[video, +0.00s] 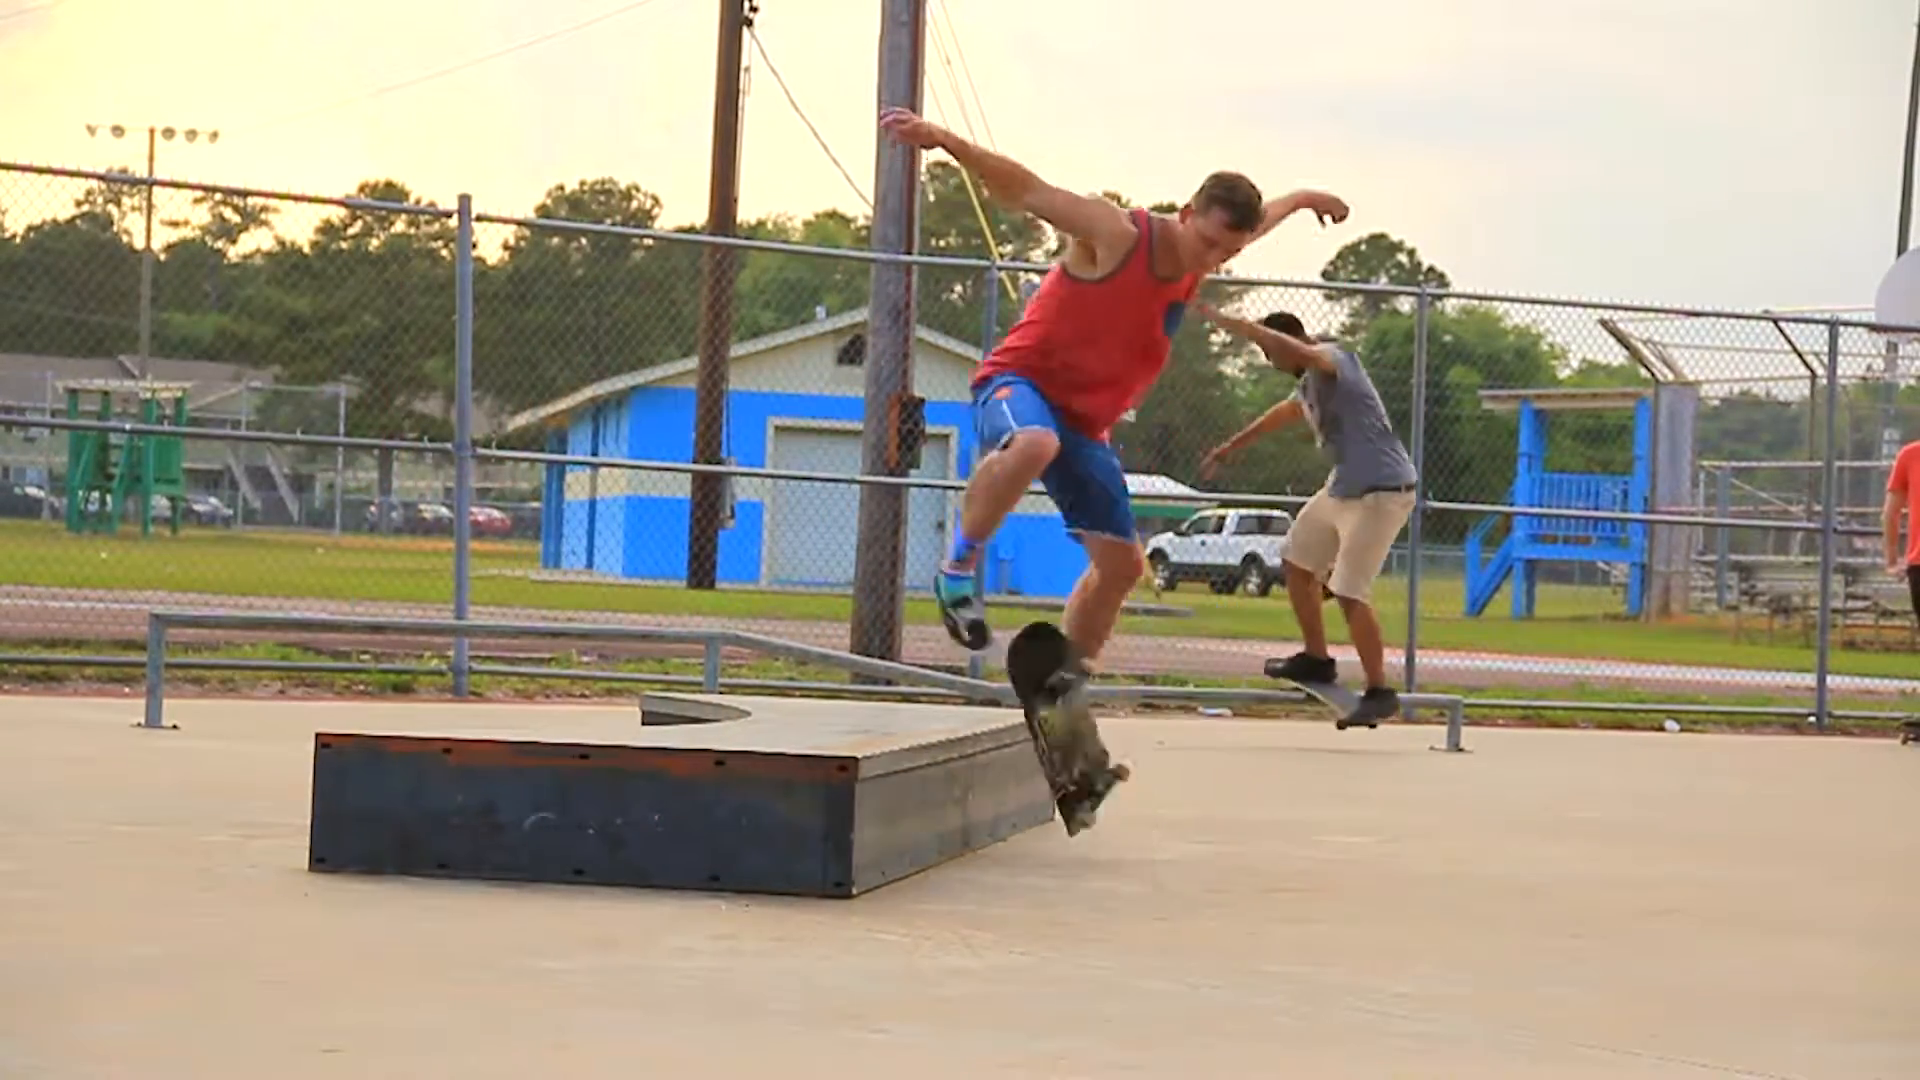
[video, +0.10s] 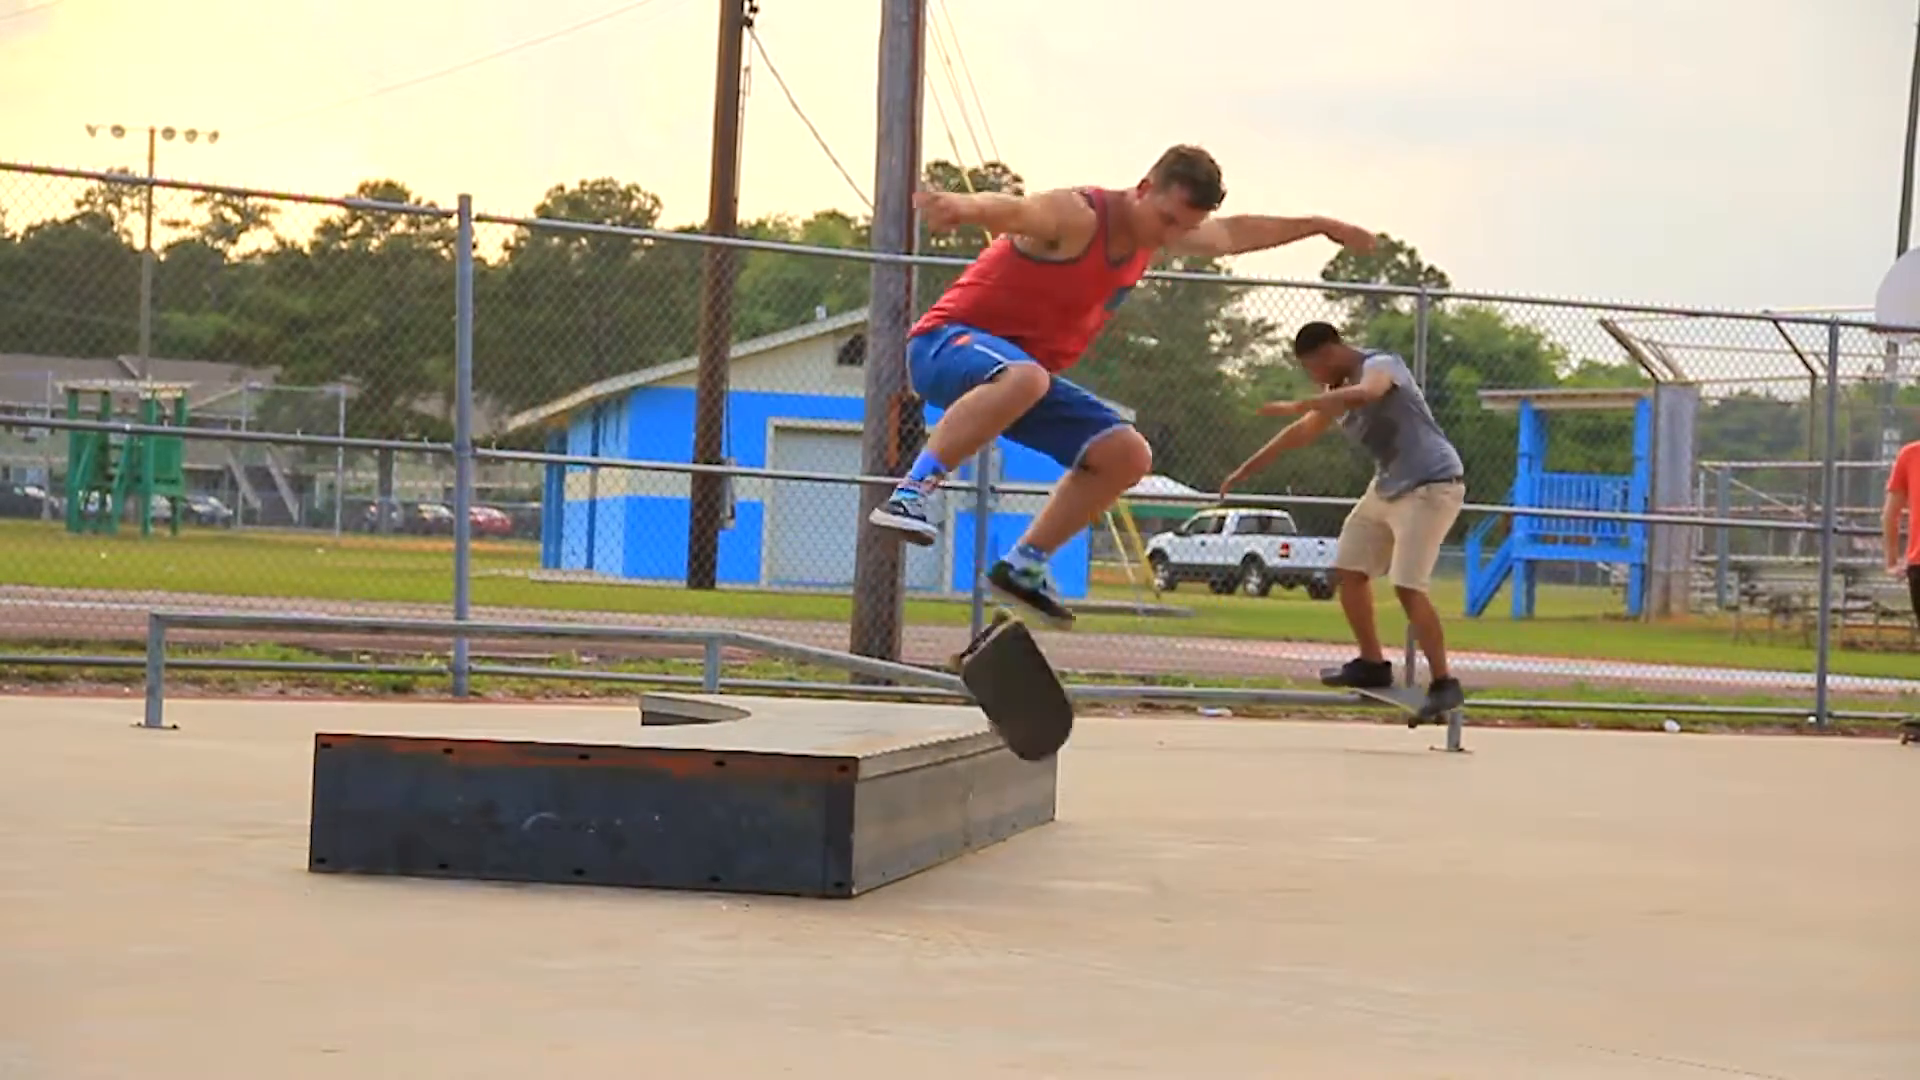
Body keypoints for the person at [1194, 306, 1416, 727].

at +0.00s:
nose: (1269, 362)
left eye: (1270, 352)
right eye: (1265, 355)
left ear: (1290, 341)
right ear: (1289, 344)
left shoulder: (1337, 359)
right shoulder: (1308, 391)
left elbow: (1290, 347)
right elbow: (1278, 415)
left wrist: (1235, 322)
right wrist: (1235, 444)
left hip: (1384, 489)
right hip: (1342, 488)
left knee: (1349, 591)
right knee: (1298, 563)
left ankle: (1378, 690)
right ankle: (1316, 658)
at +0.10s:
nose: (1312, 377)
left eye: (1311, 367)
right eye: (1307, 370)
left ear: (1329, 351)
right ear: (1327, 354)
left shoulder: (1382, 364)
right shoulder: (1340, 392)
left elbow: (1368, 392)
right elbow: (1301, 432)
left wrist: (1302, 406)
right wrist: (1248, 468)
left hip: (1432, 483)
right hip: (1387, 486)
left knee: (1409, 585)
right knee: (1350, 572)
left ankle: (1443, 682)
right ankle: (1372, 662)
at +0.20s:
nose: (1353, 380)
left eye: (1354, 369)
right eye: (1348, 372)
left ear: (1374, 355)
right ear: (1364, 363)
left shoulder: (1424, 372)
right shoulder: (1376, 394)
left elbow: (1440, 430)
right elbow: (1334, 440)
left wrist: (1421, 481)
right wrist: (1281, 480)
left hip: (1477, 481)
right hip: (1431, 487)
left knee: (1473, 586)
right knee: (1400, 568)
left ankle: (1510, 682)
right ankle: (1435, 660)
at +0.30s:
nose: (1391, 404)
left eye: (1391, 396)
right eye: (1386, 400)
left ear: (1409, 377)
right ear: (1396, 389)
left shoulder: (1461, 392)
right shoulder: (1408, 410)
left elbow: (1526, 424)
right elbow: (1368, 451)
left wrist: (1570, 480)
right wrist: (1331, 493)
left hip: (1524, 488)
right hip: (1476, 492)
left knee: (1531, 589)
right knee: (1453, 573)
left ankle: (1570, 683)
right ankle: (1496, 663)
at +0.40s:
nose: (1441, 449)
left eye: (1442, 440)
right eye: (1433, 445)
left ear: (1458, 419)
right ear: (1430, 439)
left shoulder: (1508, 423)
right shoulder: (1433, 454)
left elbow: (1582, 420)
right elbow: (1390, 490)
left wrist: (1654, 438)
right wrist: (1357, 546)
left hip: (1572, 509)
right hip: (1522, 519)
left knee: (1591, 613)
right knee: (1522, 610)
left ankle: (1622, 712)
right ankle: (1533, 703)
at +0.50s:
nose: (1483, 517)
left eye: (1485, 508)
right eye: (1477, 512)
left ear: (1502, 487)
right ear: (1475, 503)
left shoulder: (1544, 475)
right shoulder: (1483, 513)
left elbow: (1615, 448)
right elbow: (1444, 562)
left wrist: (1690, 437)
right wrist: (1409, 607)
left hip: (1619, 533)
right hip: (1566, 545)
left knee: (1630, 630)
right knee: (1542, 624)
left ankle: (1662, 721)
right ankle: (1558, 721)